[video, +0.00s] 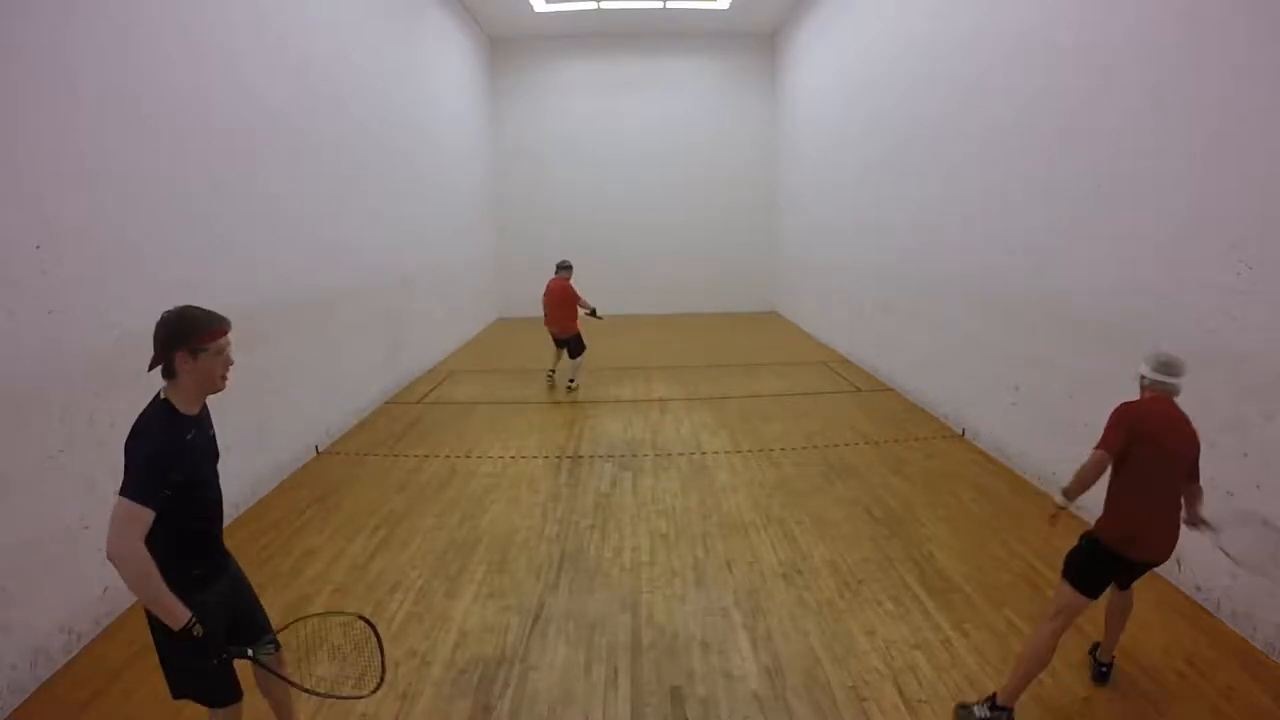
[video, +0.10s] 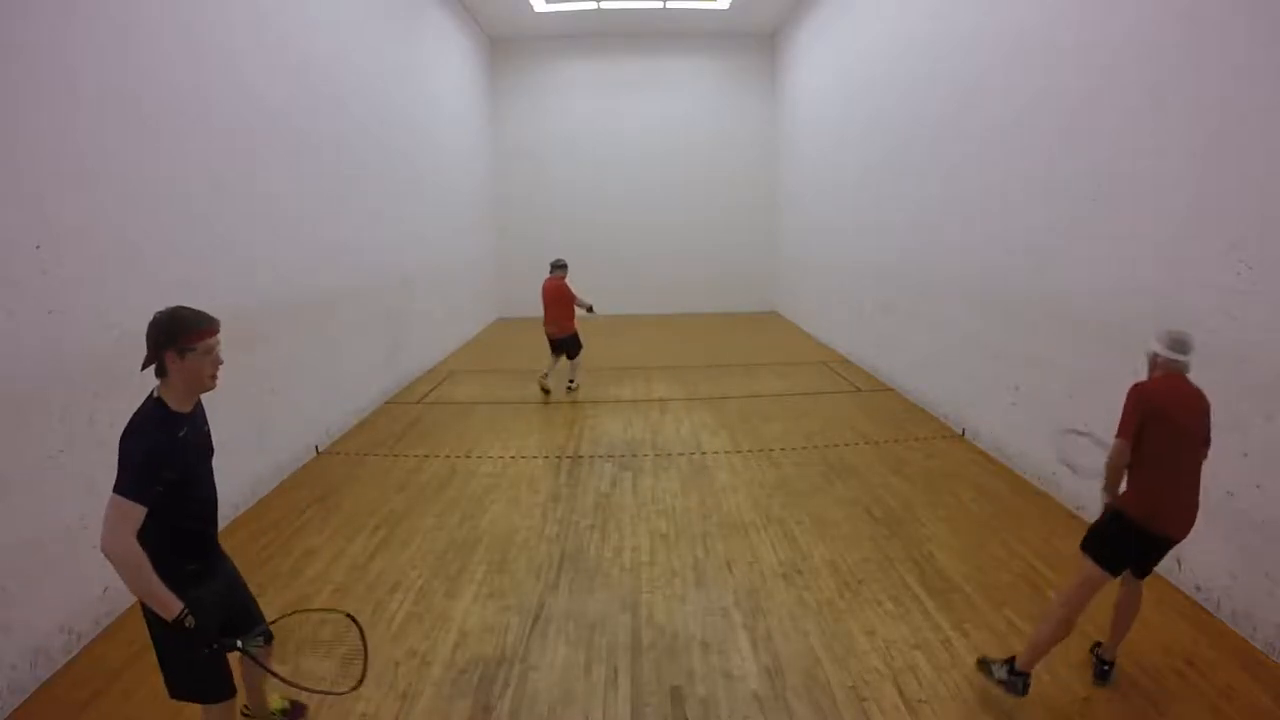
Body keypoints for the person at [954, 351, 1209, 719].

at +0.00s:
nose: (1140, 385)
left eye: (1142, 380)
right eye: (1146, 381)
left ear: (1144, 381)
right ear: (1177, 388)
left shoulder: (1129, 413)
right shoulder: (1186, 430)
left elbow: (1098, 463)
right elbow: (1192, 485)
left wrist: (1066, 496)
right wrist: (1193, 513)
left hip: (1115, 537)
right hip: (1159, 545)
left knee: (1057, 619)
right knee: (1122, 584)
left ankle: (1001, 705)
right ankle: (1105, 660)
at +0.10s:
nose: (1147, 362)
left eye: (1150, 356)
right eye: (1151, 357)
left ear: (1156, 359)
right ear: (1186, 364)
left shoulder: (1144, 392)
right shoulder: (1200, 401)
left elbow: (1120, 453)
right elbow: (1199, 455)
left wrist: (1110, 493)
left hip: (1137, 510)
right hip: (1178, 520)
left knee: (1080, 590)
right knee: (1133, 579)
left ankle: (1019, 669)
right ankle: (1107, 659)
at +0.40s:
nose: (1165, 350)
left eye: (1169, 345)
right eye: (1167, 344)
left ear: (1180, 351)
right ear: (1199, 354)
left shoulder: (1179, 392)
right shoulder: (1213, 389)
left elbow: (1170, 457)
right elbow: (1195, 441)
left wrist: (1131, 485)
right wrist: (1151, 446)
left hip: (1168, 505)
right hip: (1201, 509)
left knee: (1103, 564)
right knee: (1180, 577)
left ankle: (1069, 648)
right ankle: (1185, 653)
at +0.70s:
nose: (1120, 345)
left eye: (1125, 341)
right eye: (1122, 340)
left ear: (1139, 348)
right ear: (1150, 349)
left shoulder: (1145, 387)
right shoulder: (1166, 381)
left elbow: (1151, 450)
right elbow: (1145, 437)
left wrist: (1136, 507)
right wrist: (1108, 458)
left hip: (1144, 491)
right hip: (1171, 492)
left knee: (1092, 540)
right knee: (1165, 561)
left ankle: (1109, 609)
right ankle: (1186, 639)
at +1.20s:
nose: (995, 316)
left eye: (1001, 312)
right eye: (998, 311)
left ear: (1015, 319)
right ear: (1020, 320)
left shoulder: (1021, 355)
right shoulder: (1031, 348)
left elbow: (1010, 406)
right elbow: (1022, 402)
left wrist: (978, 430)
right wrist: (997, 427)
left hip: (1025, 440)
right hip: (1027, 435)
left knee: (1005, 500)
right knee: (998, 483)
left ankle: (1050, 557)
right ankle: (1004, 544)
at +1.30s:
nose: (968, 308)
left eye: (973, 304)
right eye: (970, 303)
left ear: (989, 310)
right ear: (990, 310)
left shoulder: (999, 342)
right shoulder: (999, 337)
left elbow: (998, 393)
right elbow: (996, 385)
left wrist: (964, 426)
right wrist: (978, 406)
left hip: (997, 423)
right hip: (1003, 422)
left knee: (963, 476)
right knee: (986, 475)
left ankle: (980, 537)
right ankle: (1002, 537)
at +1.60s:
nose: (902, 306)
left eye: (905, 301)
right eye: (902, 301)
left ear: (921, 303)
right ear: (920, 303)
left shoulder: (928, 332)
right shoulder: (928, 326)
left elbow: (913, 378)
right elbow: (923, 374)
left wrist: (877, 381)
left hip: (929, 405)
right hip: (926, 400)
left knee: (909, 458)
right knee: (899, 433)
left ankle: (931, 517)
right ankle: (911, 484)